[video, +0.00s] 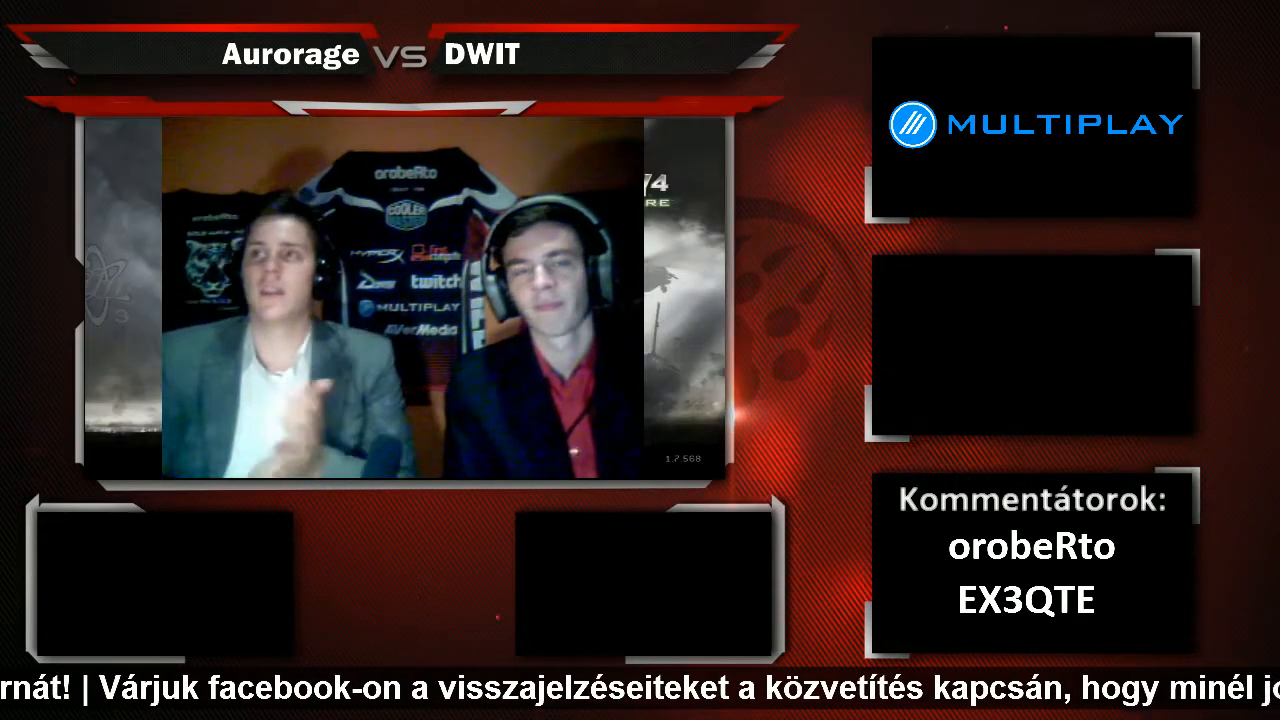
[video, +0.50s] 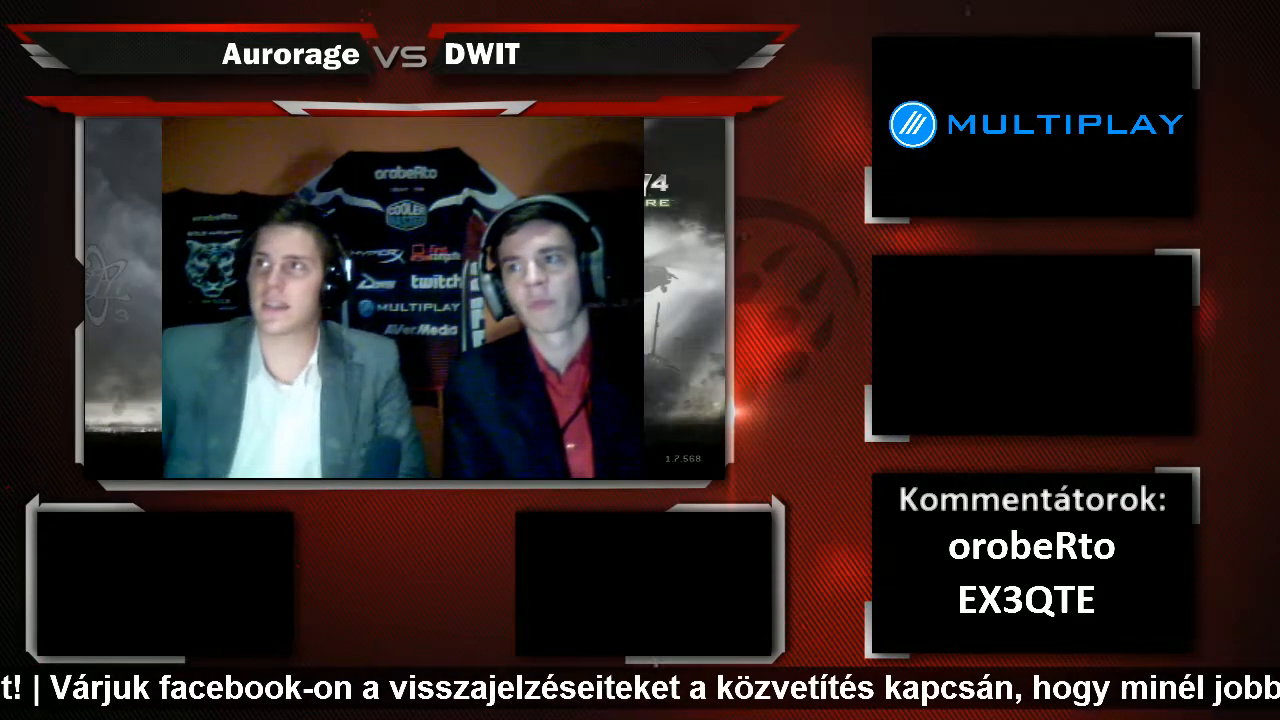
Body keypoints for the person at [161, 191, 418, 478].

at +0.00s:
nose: (270, 269)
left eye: (290, 255)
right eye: (257, 254)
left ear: (317, 272)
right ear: (242, 270)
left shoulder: (369, 357)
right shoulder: (180, 355)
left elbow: (398, 482)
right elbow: (162, 475)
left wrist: (316, 462)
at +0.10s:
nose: (269, 276)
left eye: (290, 262)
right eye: (257, 261)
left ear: (319, 278)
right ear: (243, 275)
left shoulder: (371, 359)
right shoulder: (182, 358)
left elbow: (402, 478)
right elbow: (164, 470)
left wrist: (330, 463)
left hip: (329, 532)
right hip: (218, 530)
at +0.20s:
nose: (268, 283)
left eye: (290, 268)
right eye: (257, 266)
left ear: (322, 281)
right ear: (244, 276)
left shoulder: (373, 361)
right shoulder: (183, 357)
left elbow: (406, 481)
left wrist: (329, 470)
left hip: (330, 537)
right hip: (216, 527)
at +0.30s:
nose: (271, 284)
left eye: (293, 269)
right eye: (260, 265)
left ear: (325, 282)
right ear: (248, 274)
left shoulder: (374, 362)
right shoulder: (185, 355)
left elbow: (405, 475)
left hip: (332, 539)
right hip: (214, 533)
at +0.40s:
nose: (273, 283)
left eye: (296, 268)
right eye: (263, 264)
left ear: (327, 282)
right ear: (249, 274)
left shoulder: (375, 362)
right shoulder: (185, 354)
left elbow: (406, 479)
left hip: (332, 542)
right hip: (213, 534)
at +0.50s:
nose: (272, 282)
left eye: (295, 267)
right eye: (262, 264)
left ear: (327, 281)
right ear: (248, 273)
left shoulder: (375, 362)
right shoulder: (182, 356)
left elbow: (408, 481)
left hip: (334, 543)